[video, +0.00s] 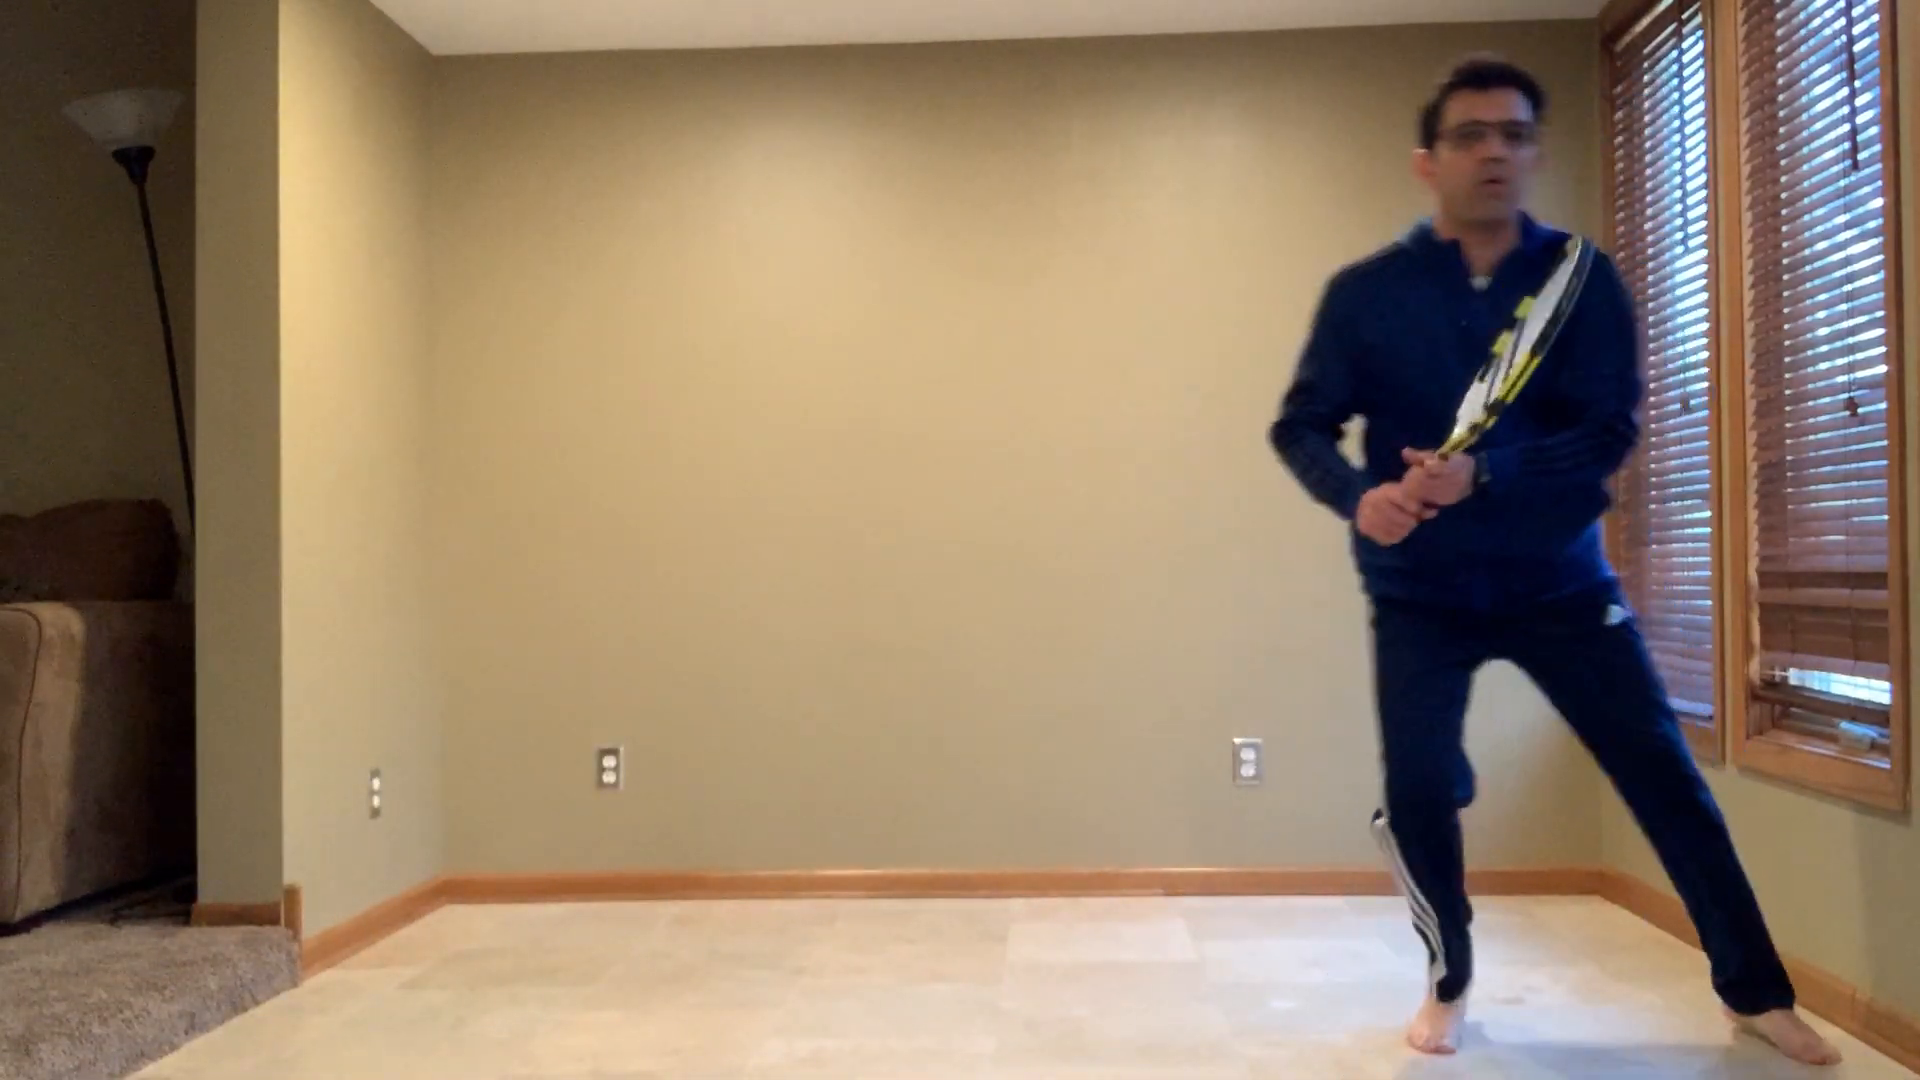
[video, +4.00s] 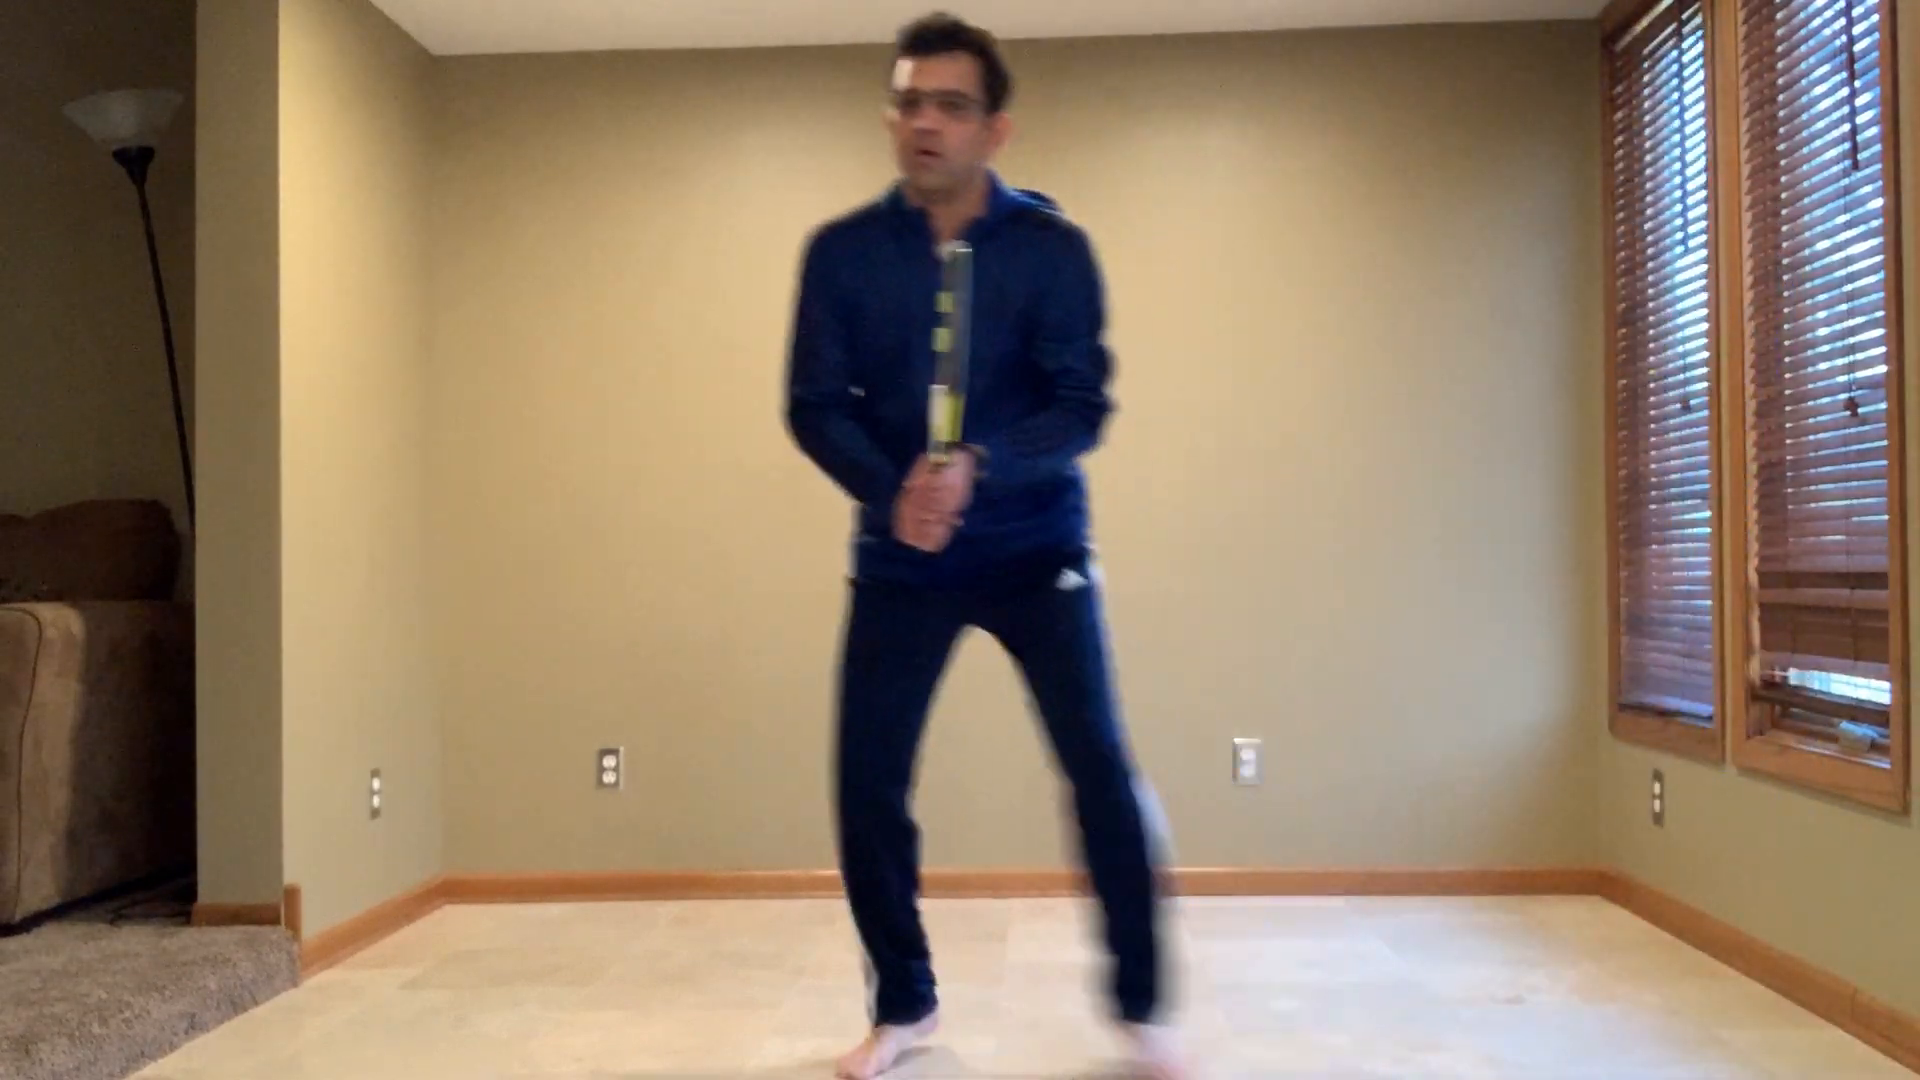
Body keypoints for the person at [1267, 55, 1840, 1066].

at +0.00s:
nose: (1497, 154)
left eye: (1515, 135)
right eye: (1471, 136)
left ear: (1537, 155)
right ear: (1425, 160)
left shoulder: (1585, 280)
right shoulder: (1365, 294)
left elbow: (1605, 437)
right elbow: (1301, 427)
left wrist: (1480, 477)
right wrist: (1355, 498)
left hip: (1557, 582)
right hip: (1420, 593)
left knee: (1664, 773)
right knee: (1417, 794)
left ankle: (1757, 993)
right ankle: (1446, 975)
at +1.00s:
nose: (612, 150)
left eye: (637, 134)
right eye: (598, 131)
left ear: (685, 153)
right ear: (582, 143)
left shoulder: (724, 273)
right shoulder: (522, 257)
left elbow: (751, 422)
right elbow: (476, 403)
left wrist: (635, 463)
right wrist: (543, 482)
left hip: (680, 575)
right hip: (549, 575)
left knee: (719, 769)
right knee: (514, 784)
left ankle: (741, 993)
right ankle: (524, 1004)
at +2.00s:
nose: (978, 249)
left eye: (999, 237)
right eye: (961, 223)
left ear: (1007, 250)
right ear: (907, 217)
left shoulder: (925, 342)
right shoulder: (840, 319)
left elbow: (909, 491)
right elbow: (861, 502)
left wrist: (972, 603)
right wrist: (947, 633)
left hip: (795, 578)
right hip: (706, 568)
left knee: (878, 752)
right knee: (751, 808)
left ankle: (799, 940)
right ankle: (661, 1039)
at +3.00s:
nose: (1727, 118)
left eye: (1741, 105)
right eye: (1702, 94)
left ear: (1746, 129)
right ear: (1630, 113)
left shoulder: (1746, 228)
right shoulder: (1545, 233)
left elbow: (1696, 310)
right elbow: (1397, 360)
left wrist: (1552, 217)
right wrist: (1484, 256)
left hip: (1698, 566)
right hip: (1557, 563)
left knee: (1806, 797)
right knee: (1584, 802)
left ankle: (1851, 1036)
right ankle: (1494, 1051)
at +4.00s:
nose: (922, 123)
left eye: (948, 106)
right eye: (907, 103)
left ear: (994, 124)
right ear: (889, 117)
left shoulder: (1050, 246)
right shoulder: (842, 252)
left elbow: (1080, 407)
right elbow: (814, 405)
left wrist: (978, 468)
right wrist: (892, 489)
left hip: (1036, 560)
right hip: (899, 568)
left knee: (1101, 769)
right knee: (868, 790)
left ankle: (1142, 1015)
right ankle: (904, 1012)